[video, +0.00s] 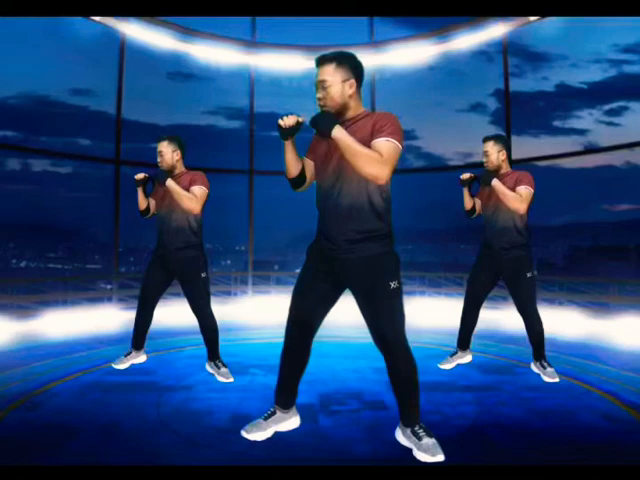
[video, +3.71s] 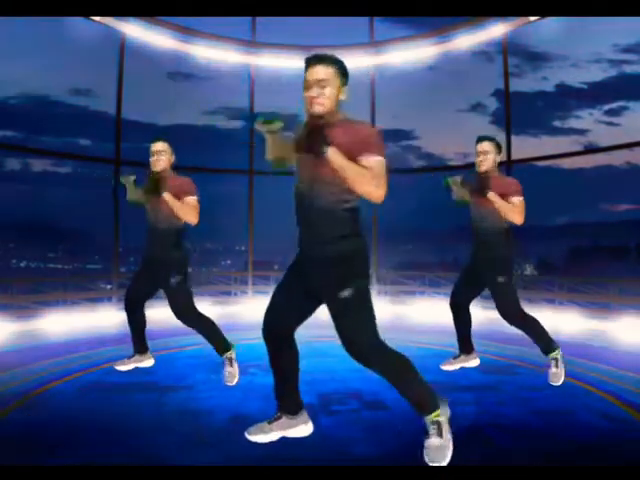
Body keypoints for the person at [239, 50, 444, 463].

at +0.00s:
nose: (319, 93)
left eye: (325, 86)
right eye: (318, 87)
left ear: (350, 85)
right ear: (333, 89)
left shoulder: (383, 122)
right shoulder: (323, 135)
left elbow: (380, 172)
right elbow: (299, 181)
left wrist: (334, 130)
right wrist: (288, 140)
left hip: (373, 253)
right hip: (327, 252)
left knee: (393, 342)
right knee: (298, 329)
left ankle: (411, 426)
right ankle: (283, 410)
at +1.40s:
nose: (304, 98)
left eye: (308, 91)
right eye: (305, 92)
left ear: (329, 93)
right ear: (325, 94)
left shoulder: (351, 124)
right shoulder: (325, 131)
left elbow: (373, 171)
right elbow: (313, 174)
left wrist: (316, 144)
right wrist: (304, 138)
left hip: (345, 259)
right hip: (321, 258)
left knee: (355, 352)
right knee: (281, 327)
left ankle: (433, 418)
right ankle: (288, 413)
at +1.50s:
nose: (309, 103)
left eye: (314, 95)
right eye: (310, 96)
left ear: (332, 96)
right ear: (339, 97)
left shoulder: (335, 127)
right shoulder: (351, 129)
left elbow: (278, 133)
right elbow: (285, 133)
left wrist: (242, 121)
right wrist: (251, 122)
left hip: (339, 259)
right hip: (332, 256)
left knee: (356, 353)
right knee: (280, 323)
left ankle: (437, 418)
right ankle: (288, 414)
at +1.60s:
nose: (308, 102)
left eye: (312, 95)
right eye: (308, 96)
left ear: (331, 95)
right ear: (337, 97)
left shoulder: (336, 125)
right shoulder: (349, 128)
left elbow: (275, 131)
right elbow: (283, 131)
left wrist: (237, 116)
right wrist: (248, 119)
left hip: (341, 259)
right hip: (328, 257)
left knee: (365, 351)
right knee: (278, 326)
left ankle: (443, 421)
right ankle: (288, 414)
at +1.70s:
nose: (299, 96)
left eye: (303, 89)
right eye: (299, 89)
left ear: (326, 90)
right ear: (319, 93)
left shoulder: (352, 122)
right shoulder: (316, 133)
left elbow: (351, 156)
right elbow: (299, 184)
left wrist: (309, 125)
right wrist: (291, 144)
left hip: (349, 255)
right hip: (317, 254)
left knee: (373, 344)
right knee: (281, 329)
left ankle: (441, 422)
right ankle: (289, 414)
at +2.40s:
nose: (335, 100)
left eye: (344, 91)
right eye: (327, 93)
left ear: (360, 94)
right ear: (319, 99)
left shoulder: (383, 133)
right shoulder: (311, 146)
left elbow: (406, 185)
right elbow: (285, 198)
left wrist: (364, 138)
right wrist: (271, 154)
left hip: (376, 267)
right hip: (323, 267)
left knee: (405, 355)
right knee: (282, 336)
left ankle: (416, 428)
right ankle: (288, 413)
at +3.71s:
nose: (315, 93)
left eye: (324, 85)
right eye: (309, 86)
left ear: (342, 91)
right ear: (303, 92)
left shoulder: (362, 134)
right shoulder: (308, 136)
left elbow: (376, 190)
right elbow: (280, 159)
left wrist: (335, 159)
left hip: (345, 259)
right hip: (310, 259)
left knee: (363, 347)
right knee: (275, 329)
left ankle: (434, 412)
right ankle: (291, 414)